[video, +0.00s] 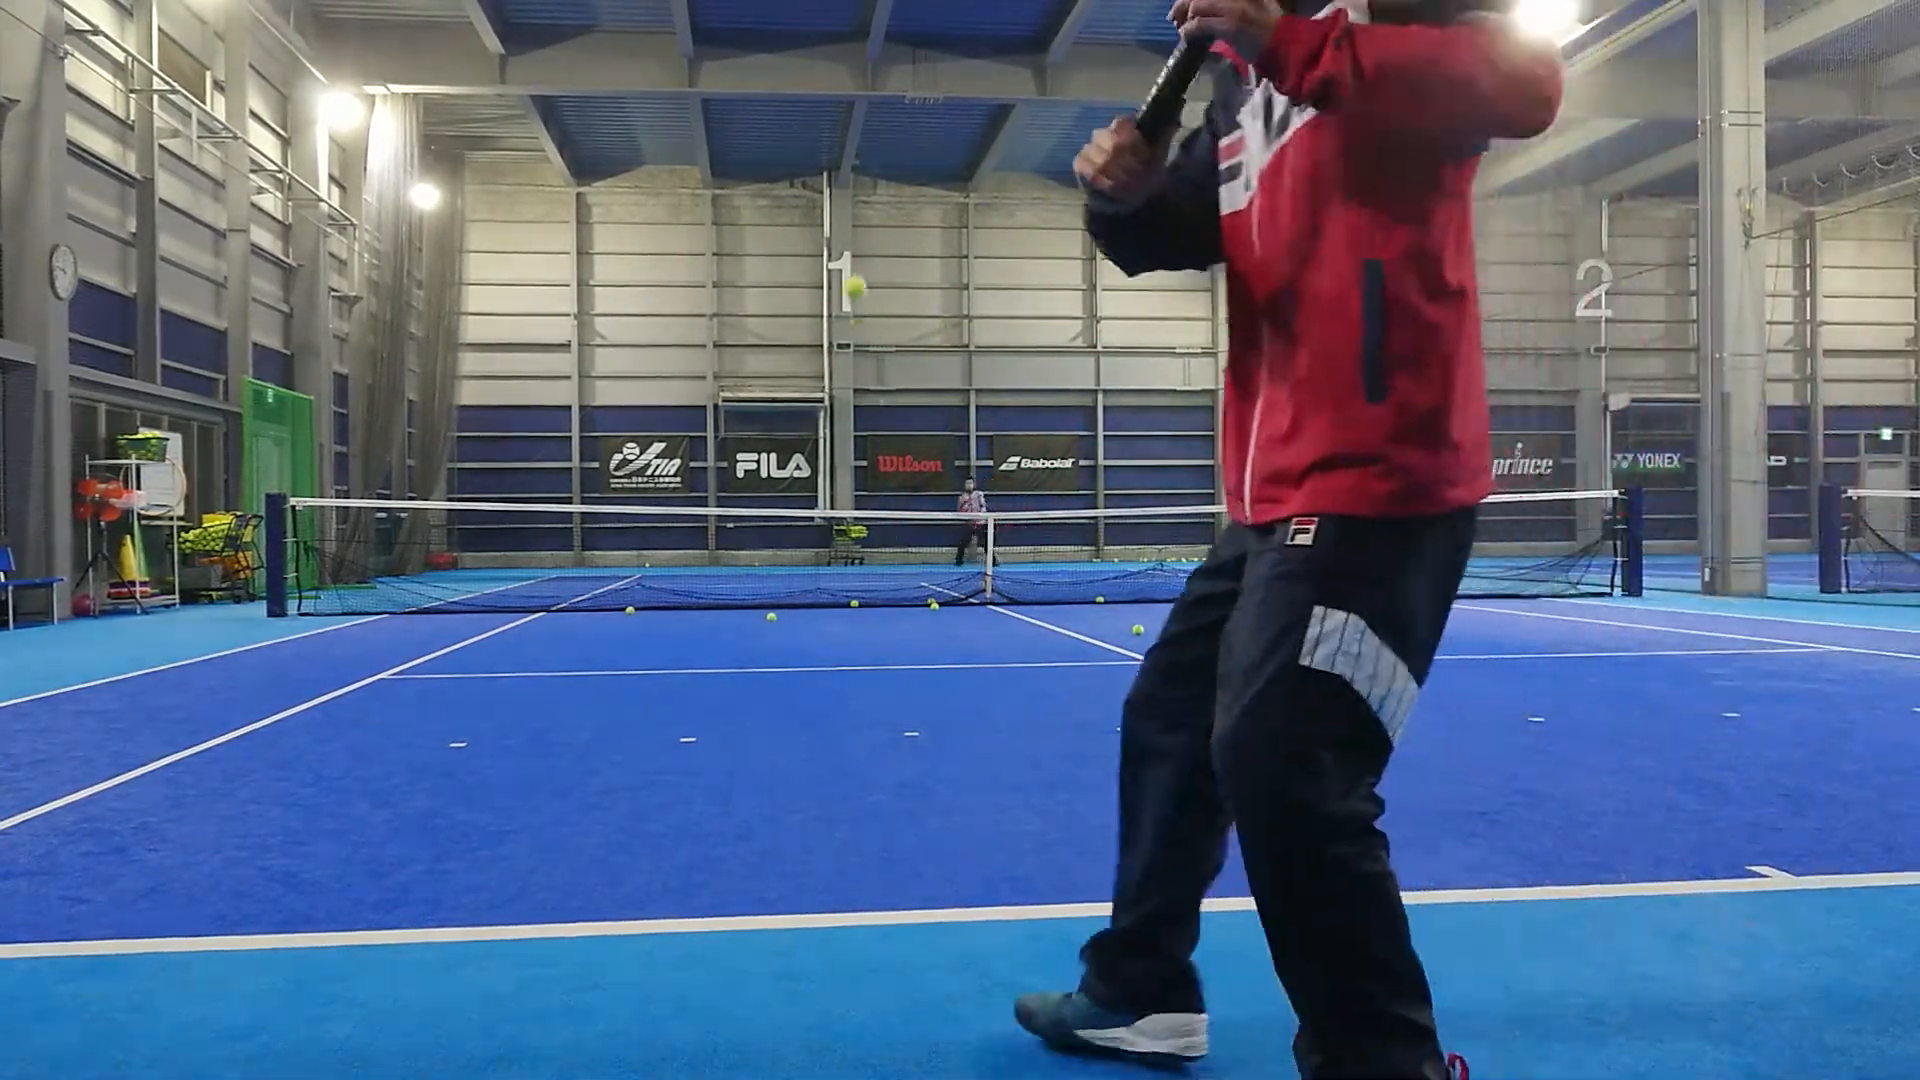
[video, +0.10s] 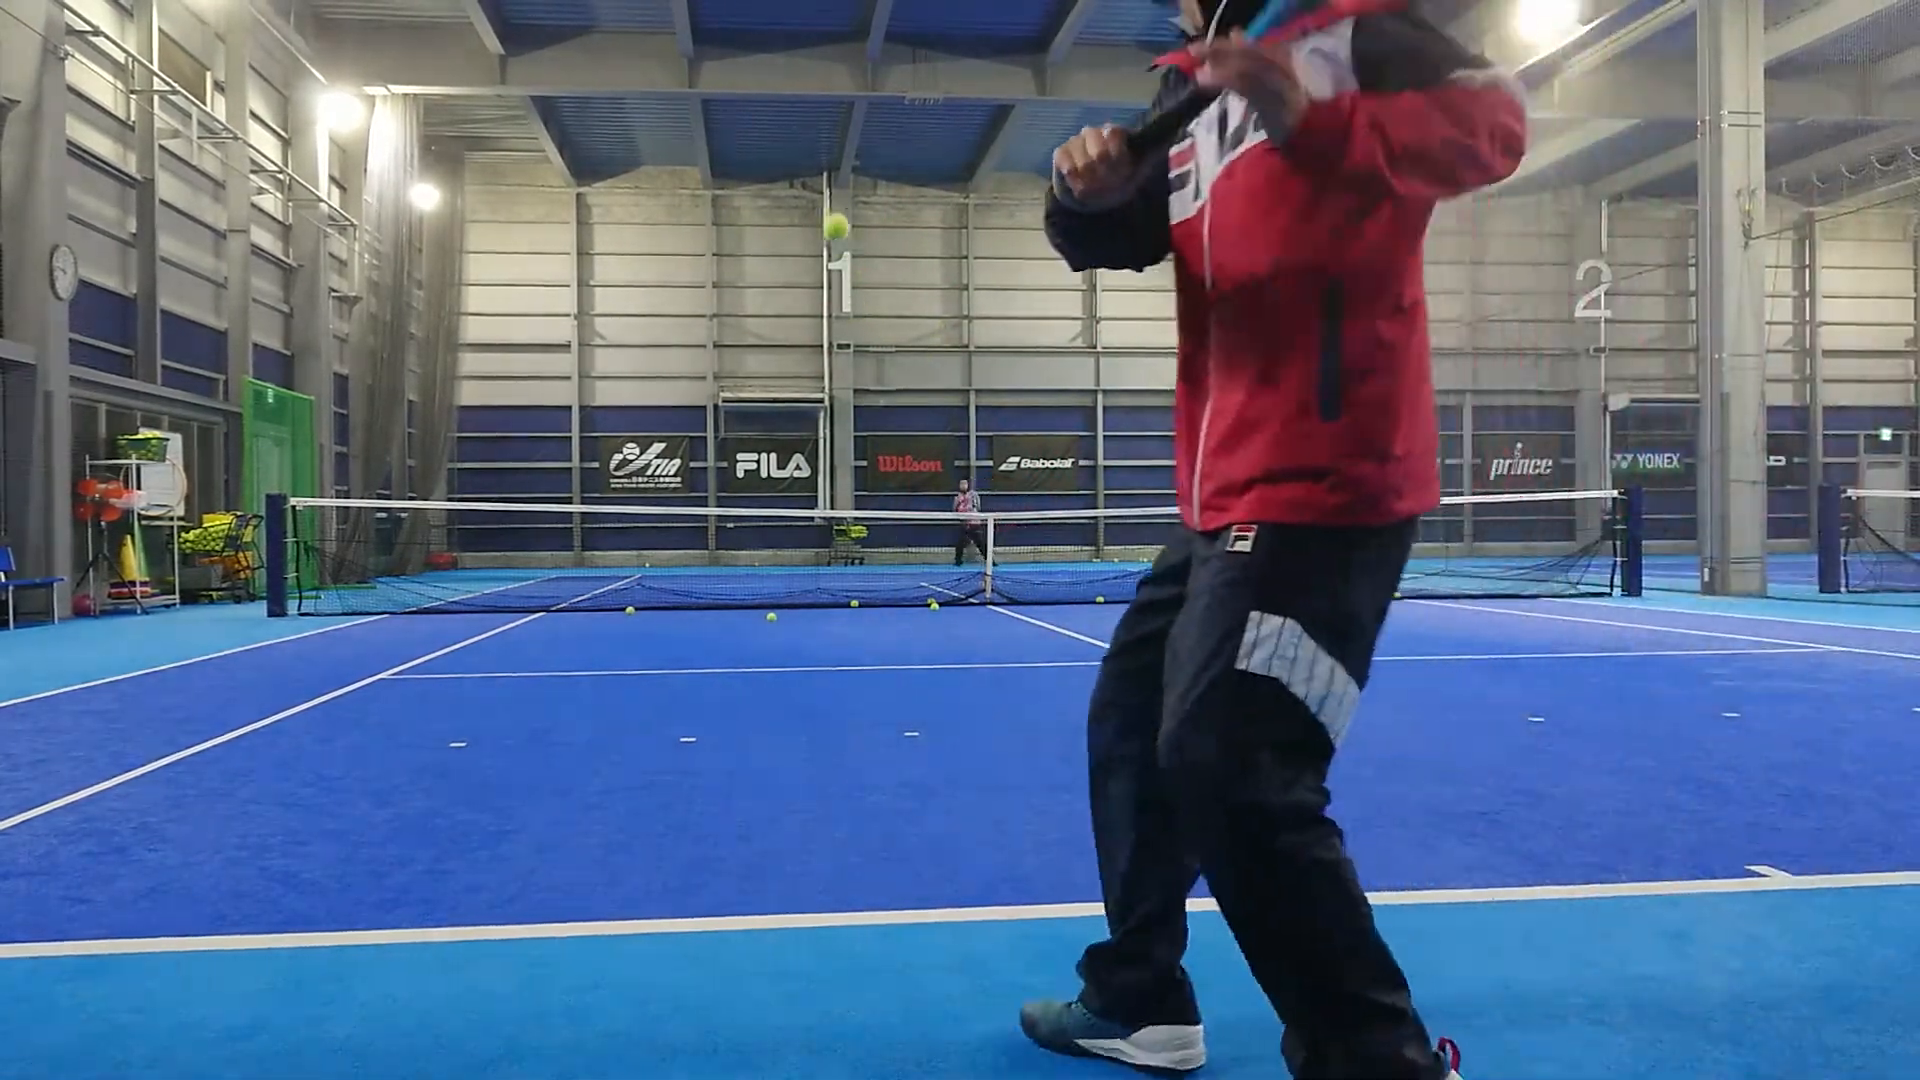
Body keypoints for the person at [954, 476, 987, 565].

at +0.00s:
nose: (969, 486)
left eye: (970, 483)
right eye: (967, 483)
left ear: (974, 485)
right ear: (965, 485)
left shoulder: (979, 495)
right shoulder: (962, 497)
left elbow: (983, 506)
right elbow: (960, 510)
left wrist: (981, 517)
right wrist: (966, 518)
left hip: (979, 521)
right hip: (968, 522)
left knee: (985, 543)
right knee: (963, 542)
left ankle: (992, 560)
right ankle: (959, 559)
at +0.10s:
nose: (963, 486)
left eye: (965, 484)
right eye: (961, 484)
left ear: (968, 485)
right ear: (959, 486)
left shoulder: (973, 495)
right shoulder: (958, 497)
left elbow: (977, 507)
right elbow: (954, 509)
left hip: (974, 523)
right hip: (963, 523)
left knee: (981, 544)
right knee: (960, 543)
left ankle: (990, 560)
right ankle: (958, 560)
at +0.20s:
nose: (959, 485)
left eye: (961, 483)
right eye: (958, 483)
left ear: (965, 485)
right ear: (956, 485)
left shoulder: (971, 495)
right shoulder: (954, 496)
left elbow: (973, 509)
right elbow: (951, 510)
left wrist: (962, 514)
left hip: (972, 522)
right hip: (961, 522)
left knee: (977, 545)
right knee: (958, 544)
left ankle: (988, 560)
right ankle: (958, 561)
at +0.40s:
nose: (957, 483)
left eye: (959, 480)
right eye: (955, 481)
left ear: (962, 482)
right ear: (952, 482)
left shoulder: (968, 493)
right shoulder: (950, 494)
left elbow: (971, 508)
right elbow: (947, 508)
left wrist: (964, 517)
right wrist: (954, 515)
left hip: (966, 521)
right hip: (955, 521)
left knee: (970, 542)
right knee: (956, 543)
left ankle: (976, 557)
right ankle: (958, 560)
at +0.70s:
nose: (952, 488)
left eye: (954, 486)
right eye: (951, 486)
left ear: (957, 487)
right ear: (948, 488)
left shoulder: (962, 498)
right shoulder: (946, 499)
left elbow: (965, 511)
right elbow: (945, 511)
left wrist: (966, 524)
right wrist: (948, 521)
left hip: (961, 525)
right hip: (950, 525)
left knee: (964, 545)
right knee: (945, 545)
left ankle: (969, 561)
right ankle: (944, 561)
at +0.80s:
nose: (949, 488)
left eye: (951, 486)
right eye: (947, 486)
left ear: (954, 487)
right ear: (945, 488)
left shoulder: (958, 498)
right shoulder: (942, 499)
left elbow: (960, 512)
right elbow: (940, 511)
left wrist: (954, 522)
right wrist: (946, 519)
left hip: (957, 526)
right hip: (946, 525)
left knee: (960, 546)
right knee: (942, 545)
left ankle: (969, 562)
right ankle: (941, 562)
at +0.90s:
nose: (945, 488)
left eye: (947, 486)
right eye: (943, 486)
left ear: (950, 487)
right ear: (941, 488)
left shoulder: (954, 498)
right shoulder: (939, 499)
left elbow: (955, 511)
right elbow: (937, 510)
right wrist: (941, 519)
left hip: (953, 525)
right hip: (942, 525)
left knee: (955, 545)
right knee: (939, 544)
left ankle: (965, 559)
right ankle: (940, 561)